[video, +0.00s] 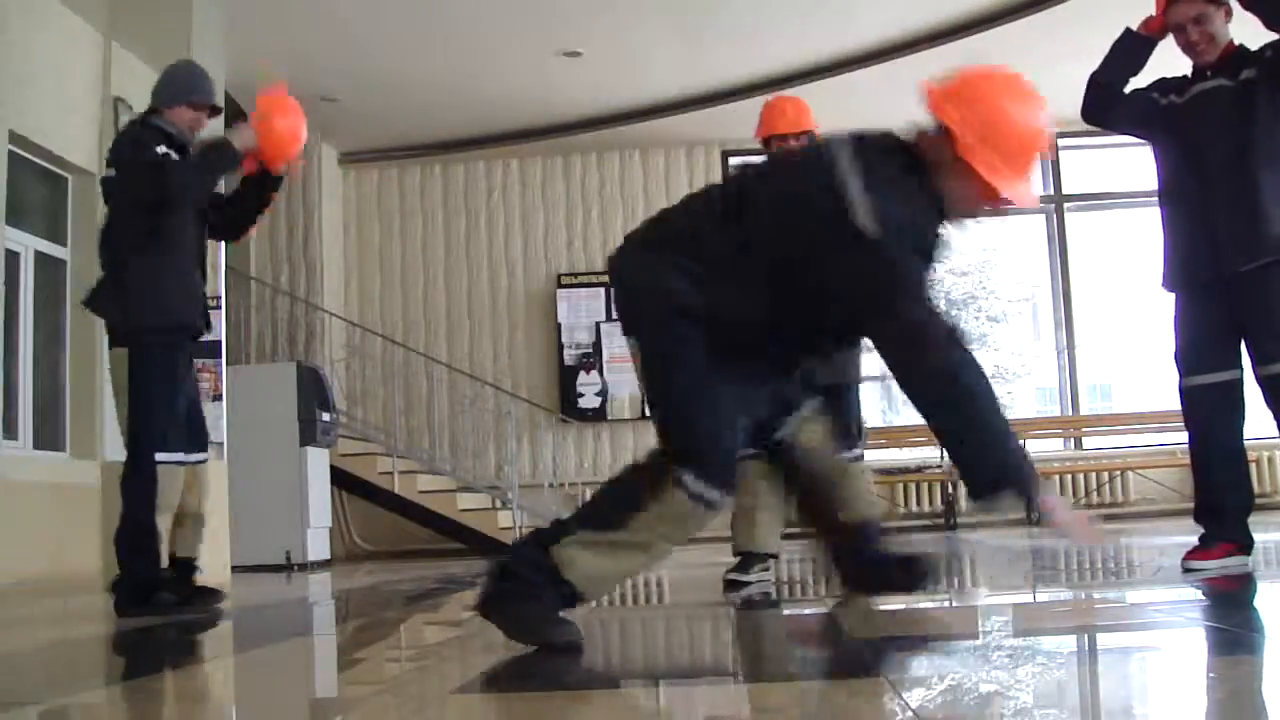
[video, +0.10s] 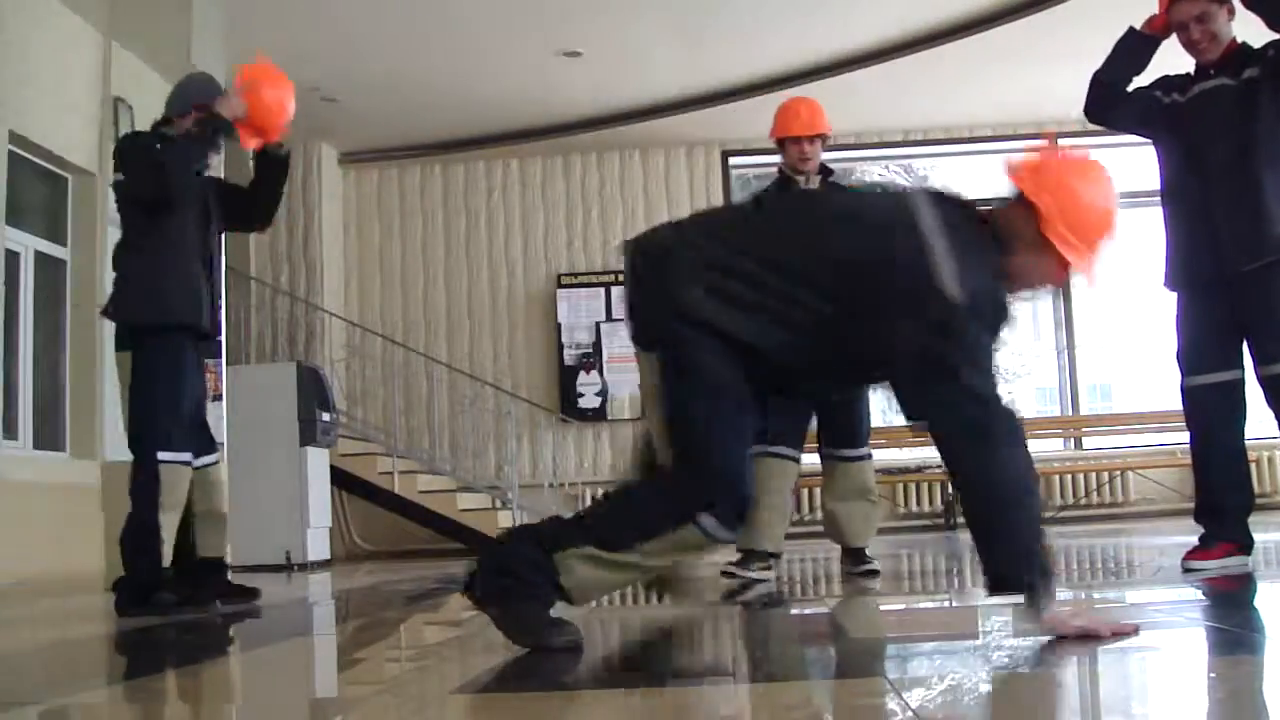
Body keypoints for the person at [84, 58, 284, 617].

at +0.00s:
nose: (205, 122)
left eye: (208, 115)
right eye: (200, 111)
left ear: (190, 114)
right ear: (175, 105)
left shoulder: (178, 159)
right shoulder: (139, 145)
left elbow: (226, 224)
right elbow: (175, 186)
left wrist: (268, 174)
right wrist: (228, 147)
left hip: (175, 321)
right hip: (148, 319)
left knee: (185, 450)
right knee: (149, 453)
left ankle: (172, 577)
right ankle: (137, 585)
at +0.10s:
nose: (214, 137)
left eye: (217, 129)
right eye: (210, 126)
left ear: (195, 124)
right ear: (186, 118)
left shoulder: (202, 183)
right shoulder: (137, 150)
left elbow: (257, 211)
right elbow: (164, 181)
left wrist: (271, 148)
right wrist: (210, 124)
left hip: (193, 329)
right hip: (156, 325)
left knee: (205, 453)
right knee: (163, 455)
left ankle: (203, 573)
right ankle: (142, 582)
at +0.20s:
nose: (217, 146)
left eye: (222, 138)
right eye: (209, 137)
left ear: (223, 143)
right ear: (184, 133)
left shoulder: (221, 188)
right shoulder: (148, 161)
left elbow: (275, 200)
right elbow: (164, 150)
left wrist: (274, 141)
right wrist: (205, 104)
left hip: (209, 332)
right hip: (165, 326)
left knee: (213, 454)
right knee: (172, 453)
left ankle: (203, 572)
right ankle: (148, 577)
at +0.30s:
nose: (225, 144)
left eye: (232, 137)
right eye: (217, 133)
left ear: (235, 143)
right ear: (188, 130)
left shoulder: (230, 189)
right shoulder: (158, 172)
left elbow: (282, 200)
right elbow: (147, 147)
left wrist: (272, 140)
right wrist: (195, 102)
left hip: (216, 330)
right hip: (169, 323)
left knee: (215, 451)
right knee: (172, 448)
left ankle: (208, 573)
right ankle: (159, 575)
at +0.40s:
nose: (221, 146)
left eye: (227, 139)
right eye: (214, 135)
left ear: (230, 145)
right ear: (186, 133)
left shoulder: (233, 192)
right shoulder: (157, 172)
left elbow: (285, 207)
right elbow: (145, 150)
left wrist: (270, 146)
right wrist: (190, 106)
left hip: (224, 333)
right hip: (173, 327)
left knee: (220, 453)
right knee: (174, 450)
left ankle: (207, 572)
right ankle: (155, 573)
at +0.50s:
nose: (223, 149)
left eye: (229, 142)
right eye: (216, 138)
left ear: (234, 147)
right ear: (186, 133)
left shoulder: (235, 194)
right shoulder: (157, 175)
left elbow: (287, 208)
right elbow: (143, 148)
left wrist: (266, 146)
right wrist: (190, 103)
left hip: (226, 335)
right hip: (175, 329)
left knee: (225, 456)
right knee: (178, 453)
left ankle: (207, 573)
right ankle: (154, 573)